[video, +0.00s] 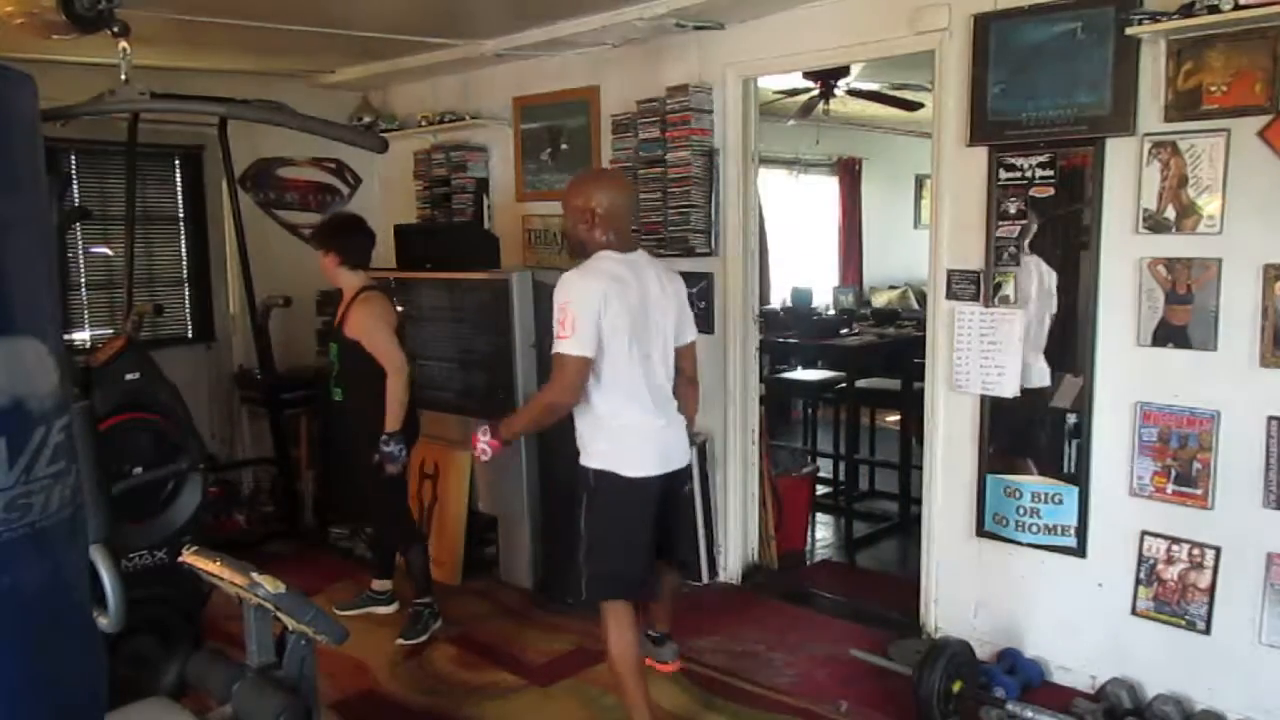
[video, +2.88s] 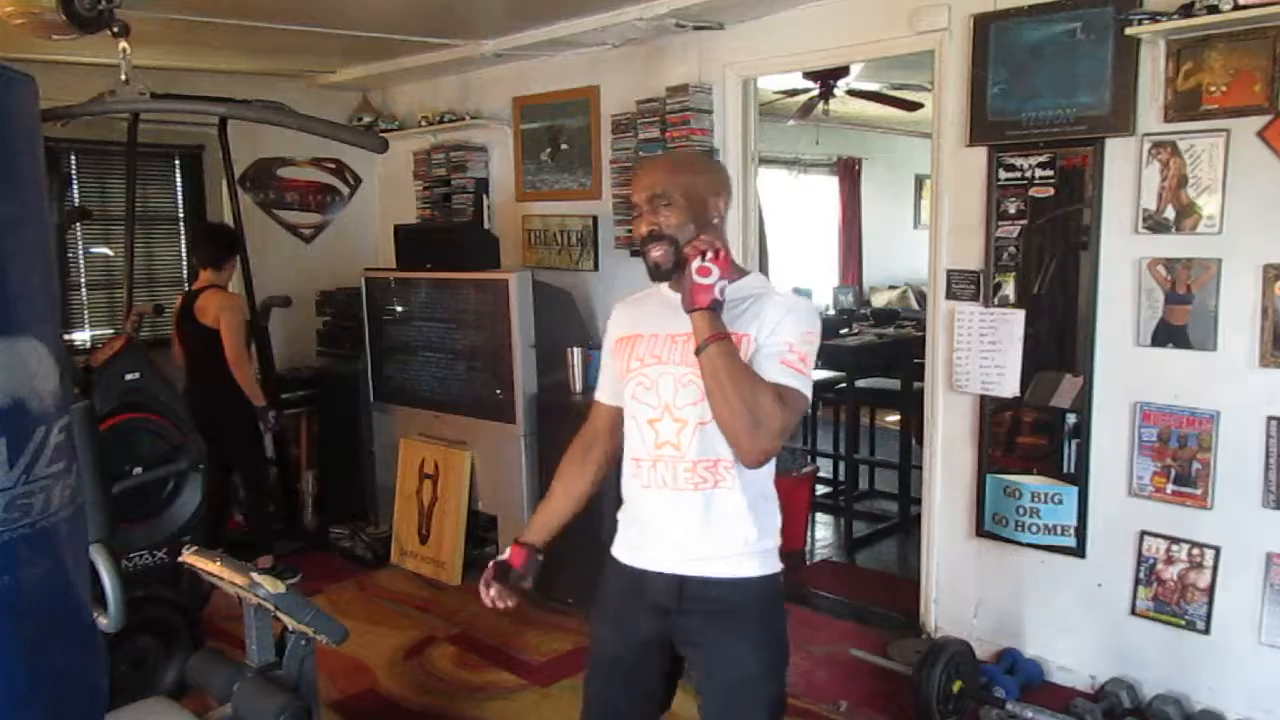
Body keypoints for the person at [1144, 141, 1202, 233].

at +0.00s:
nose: (1158, 158)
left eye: (1159, 153)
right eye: (1155, 156)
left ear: (1168, 149)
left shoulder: (1175, 161)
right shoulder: (1164, 165)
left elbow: (1171, 188)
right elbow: (1162, 188)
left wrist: (1160, 213)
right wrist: (1157, 213)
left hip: (1190, 212)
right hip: (1180, 213)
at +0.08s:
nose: (1158, 158)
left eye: (1159, 153)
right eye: (1155, 156)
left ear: (1168, 149)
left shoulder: (1175, 161)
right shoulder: (1164, 166)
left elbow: (1171, 188)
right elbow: (1162, 188)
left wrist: (1160, 213)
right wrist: (1157, 213)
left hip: (1190, 212)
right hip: (1180, 213)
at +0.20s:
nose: (1158, 158)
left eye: (1159, 153)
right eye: (1155, 156)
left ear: (1168, 149)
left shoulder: (1175, 161)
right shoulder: (1164, 165)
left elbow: (1171, 188)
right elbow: (1162, 188)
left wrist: (1160, 213)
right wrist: (1157, 213)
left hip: (1190, 212)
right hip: (1180, 213)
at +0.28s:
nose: (1158, 158)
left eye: (1159, 154)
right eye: (1155, 156)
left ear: (1168, 149)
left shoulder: (1175, 161)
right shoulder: (1164, 165)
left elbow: (1170, 188)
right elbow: (1162, 188)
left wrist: (1160, 213)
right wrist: (1157, 212)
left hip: (1190, 212)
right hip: (1180, 212)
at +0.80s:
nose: (1158, 158)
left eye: (1159, 153)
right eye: (1155, 156)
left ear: (1168, 149)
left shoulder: (1175, 161)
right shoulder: (1164, 164)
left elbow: (1170, 188)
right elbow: (1161, 188)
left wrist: (1160, 214)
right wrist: (1157, 212)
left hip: (1190, 211)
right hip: (1180, 212)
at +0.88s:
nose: (1157, 158)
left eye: (1159, 154)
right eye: (1155, 156)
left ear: (1168, 150)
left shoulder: (1175, 161)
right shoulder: (1164, 165)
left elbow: (1170, 188)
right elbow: (1161, 188)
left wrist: (1160, 214)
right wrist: (1157, 212)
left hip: (1190, 211)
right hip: (1180, 212)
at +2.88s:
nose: (1157, 158)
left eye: (1159, 153)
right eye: (1155, 156)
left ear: (1168, 150)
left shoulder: (1175, 161)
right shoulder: (1164, 166)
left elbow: (1170, 188)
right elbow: (1161, 188)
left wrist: (1160, 213)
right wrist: (1157, 212)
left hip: (1190, 211)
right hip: (1180, 211)